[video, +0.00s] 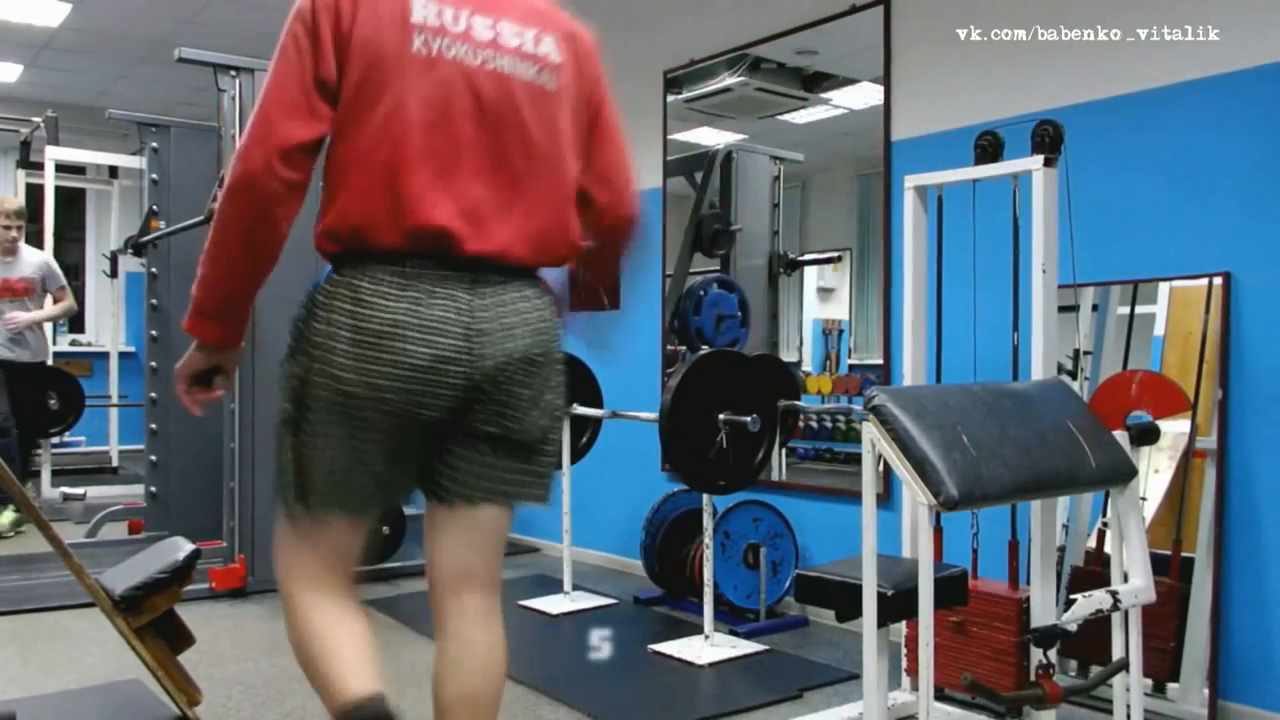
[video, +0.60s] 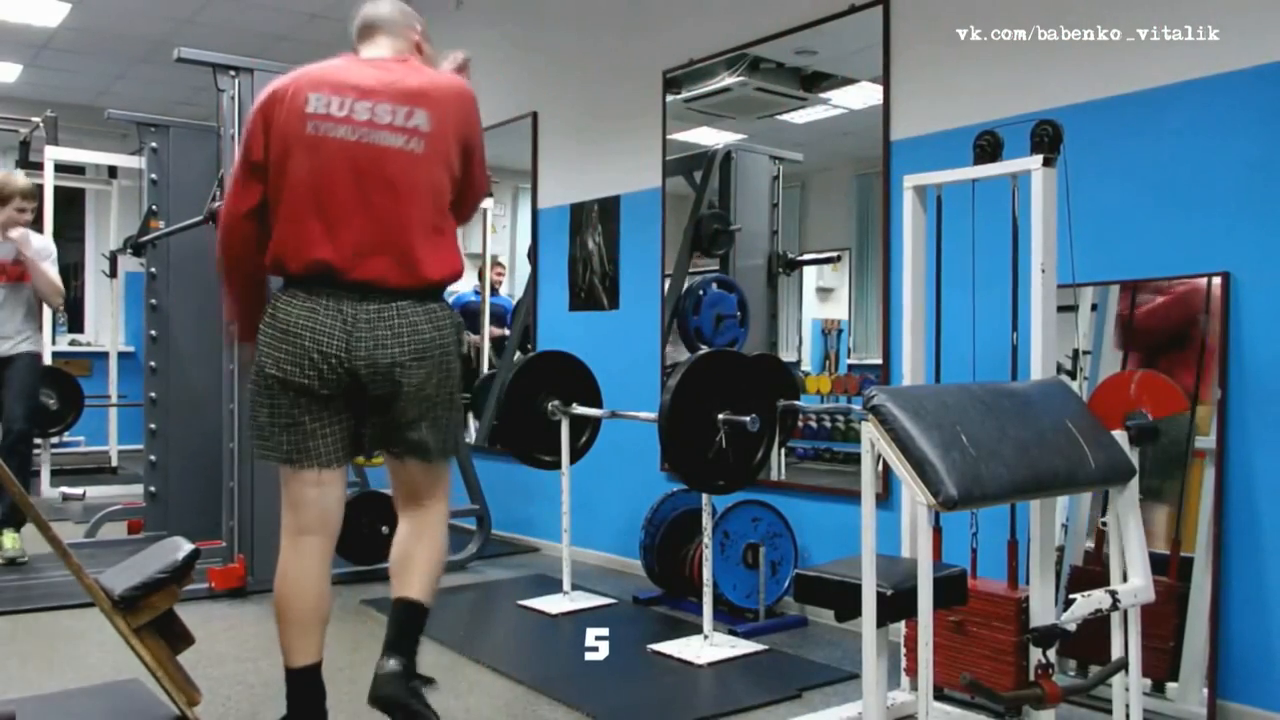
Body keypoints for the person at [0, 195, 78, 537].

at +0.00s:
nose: (11, 233)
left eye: (17, 227)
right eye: (6, 227)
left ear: (24, 229)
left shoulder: (40, 261)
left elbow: (69, 303)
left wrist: (32, 317)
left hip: (30, 362)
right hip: (3, 359)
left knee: (25, 432)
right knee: (5, 428)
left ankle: (18, 504)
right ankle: (9, 503)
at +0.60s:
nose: (25, 217)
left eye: (30, 211)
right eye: (18, 210)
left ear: (34, 212)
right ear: (2, 210)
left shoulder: (37, 244)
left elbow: (56, 298)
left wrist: (28, 254)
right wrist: (23, 254)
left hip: (20, 348)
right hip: (6, 350)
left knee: (16, 429)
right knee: (11, 432)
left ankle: (11, 526)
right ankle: (8, 526)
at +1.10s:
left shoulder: (11, 227)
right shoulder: (13, 230)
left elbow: (8, 273)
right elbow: (9, 273)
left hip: (7, 346)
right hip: (6, 347)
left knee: (3, 441)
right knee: (3, 441)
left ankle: (7, 525)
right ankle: (5, 525)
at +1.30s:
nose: (3, 261)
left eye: (4, 256)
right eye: (2, 256)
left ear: (7, 258)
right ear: (1, 257)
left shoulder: (6, 278)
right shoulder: (6, 278)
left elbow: (23, 308)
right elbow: (23, 309)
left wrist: (12, 324)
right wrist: (12, 323)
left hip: (3, 350)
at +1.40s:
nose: (14, 261)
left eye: (13, 255)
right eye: (10, 255)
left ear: (11, 257)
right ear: (3, 256)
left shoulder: (6, 282)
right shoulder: (6, 282)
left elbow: (23, 308)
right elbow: (22, 309)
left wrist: (14, 323)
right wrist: (14, 323)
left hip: (4, 351)